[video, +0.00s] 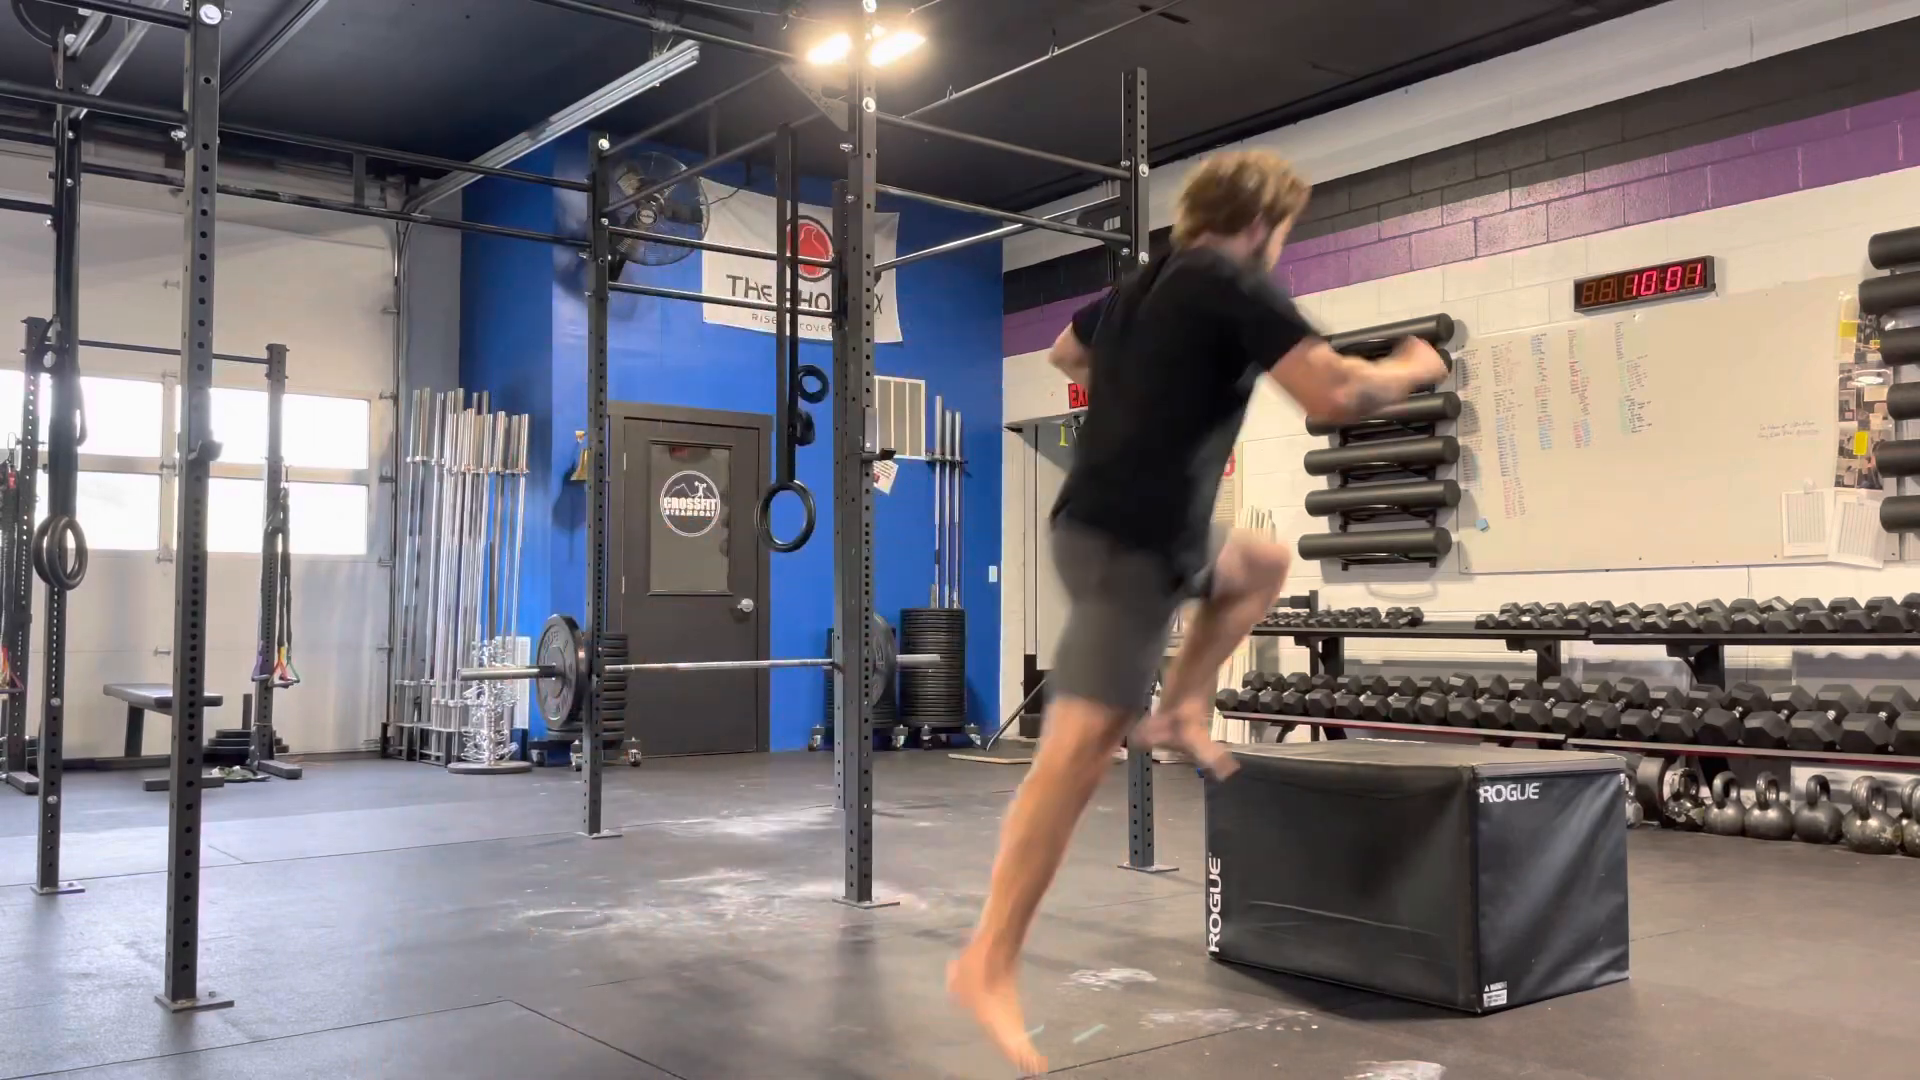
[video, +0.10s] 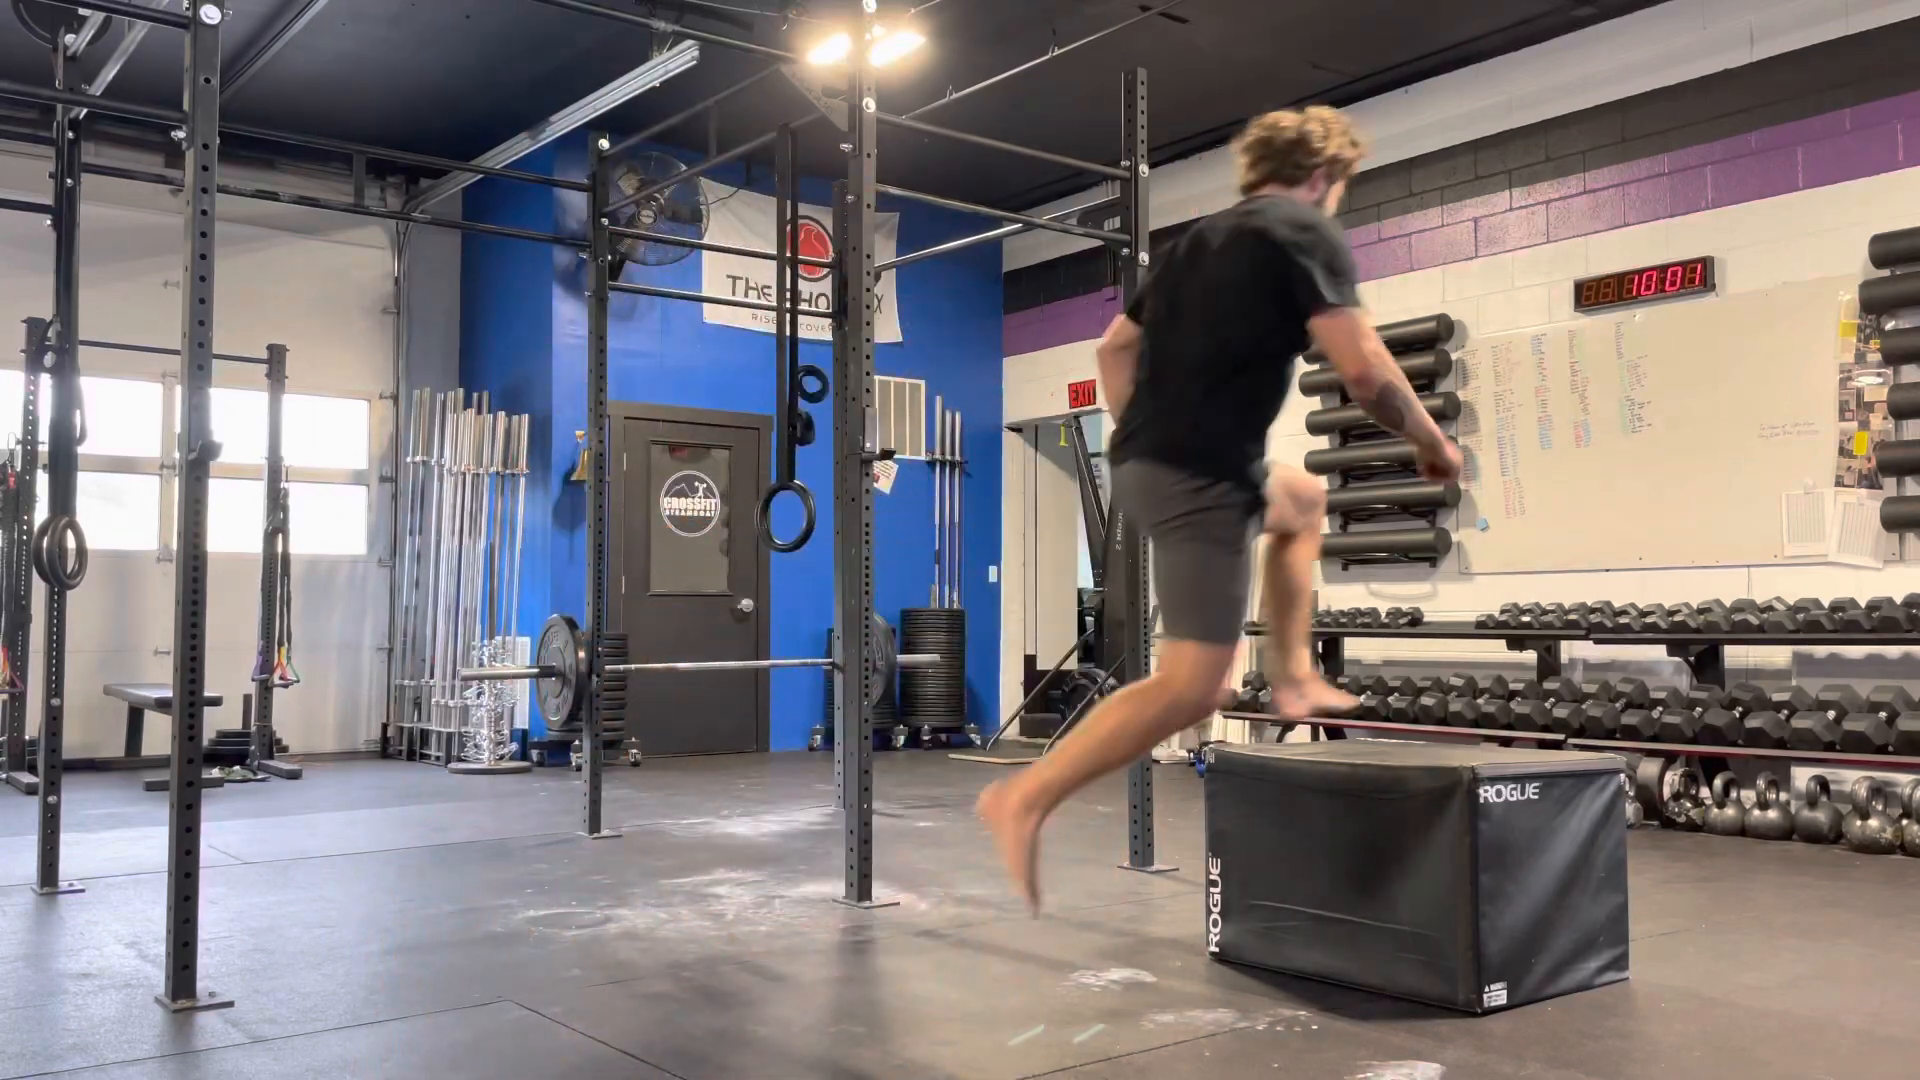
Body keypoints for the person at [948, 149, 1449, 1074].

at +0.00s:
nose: (1287, 248)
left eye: (1289, 234)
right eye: (1286, 233)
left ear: (1201, 221)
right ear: (1261, 226)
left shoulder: (1147, 281)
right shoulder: (1239, 287)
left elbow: (1067, 351)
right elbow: (1331, 394)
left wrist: (1139, 398)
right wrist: (1406, 372)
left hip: (1122, 526)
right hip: (1124, 535)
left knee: (1263, 563)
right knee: (1081, 743)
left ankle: (1180, 711)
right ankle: (986, 965)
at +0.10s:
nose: (1341, 204)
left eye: (1345, 191)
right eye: (1343, 189)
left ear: (1258, 175)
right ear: (1322, 179)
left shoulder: (1190, 242)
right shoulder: (1302, 231)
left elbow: (1115, 349)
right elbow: (1365, 374)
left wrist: (1144, 442)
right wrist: (1431, 442)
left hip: (1144, 464)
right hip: (1195, 474)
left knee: (1303, 498)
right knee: (1195, 685)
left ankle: (1295, 683)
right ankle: (1021, 801)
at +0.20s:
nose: (1389, 208)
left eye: (1393, 195)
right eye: (1389, 194)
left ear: (1308, 181)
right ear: (1367, 185)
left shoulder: (1245, 240)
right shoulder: (1360, 230)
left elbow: (1162, 349)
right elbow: (1398, 372)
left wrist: (1164, 451)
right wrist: (1427, 463)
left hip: (1198, 447)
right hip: (1265, 454)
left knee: (1341, 511)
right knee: (1268, 662)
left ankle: (1378, 693)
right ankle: (1096, 741)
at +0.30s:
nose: (1432, 238)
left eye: (1434, 227)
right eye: (1431, 226)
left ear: (1344, 218)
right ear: (1408, 217)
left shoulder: (1285, 279)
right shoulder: (1414, 263)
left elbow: (1211, 382)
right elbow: (1440, 393)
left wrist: (1208, 483)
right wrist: (1449, 495)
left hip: (1251, 477)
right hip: (1329, 480)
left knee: (1374, 569)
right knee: (1348, 680)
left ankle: (1405, 735)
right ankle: (1187, 750)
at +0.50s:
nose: (1469, 238)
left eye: (1468, 231)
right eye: (1468, 230)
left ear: (1384, 227)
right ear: (1455, 225)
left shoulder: (1337, 275)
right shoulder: (1471, 265)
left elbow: (1268, 390)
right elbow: (1501, 399)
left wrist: (1295, 487)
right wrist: (1504, 497)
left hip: (1312, 457)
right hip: (1403, 460)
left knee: (1395, 582)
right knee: (1457, 634)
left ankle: (1412, 738)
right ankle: (1332, 717)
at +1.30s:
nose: (1524, 127)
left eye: (1525, 117)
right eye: (1525, 116)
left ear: (1448, 108)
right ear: (1509, 110)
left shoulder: (1380, 179)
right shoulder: (1518, 165)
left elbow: (1336, 295)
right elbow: (1531, 283)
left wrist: (1374, 354)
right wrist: (1542, 394)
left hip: (1367, 380)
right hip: (1456, 377)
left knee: (1399, 557)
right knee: (1485, 560)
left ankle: (1406, 732)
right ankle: (1456, 734)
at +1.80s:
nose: (1467, 165)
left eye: (1465, 157)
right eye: (1465, 156)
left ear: (1386, 160)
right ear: (1449, 149)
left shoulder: (1341, 227)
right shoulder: (1459, 183)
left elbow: (1302, 336)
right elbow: (1485, 280)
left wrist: (1295, 438)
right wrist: (1510, 396)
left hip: (1321, 396)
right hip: (1396, 392)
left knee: (1383, 568)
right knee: (1443, 573)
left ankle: (1403, 735)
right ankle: (1319, 698)